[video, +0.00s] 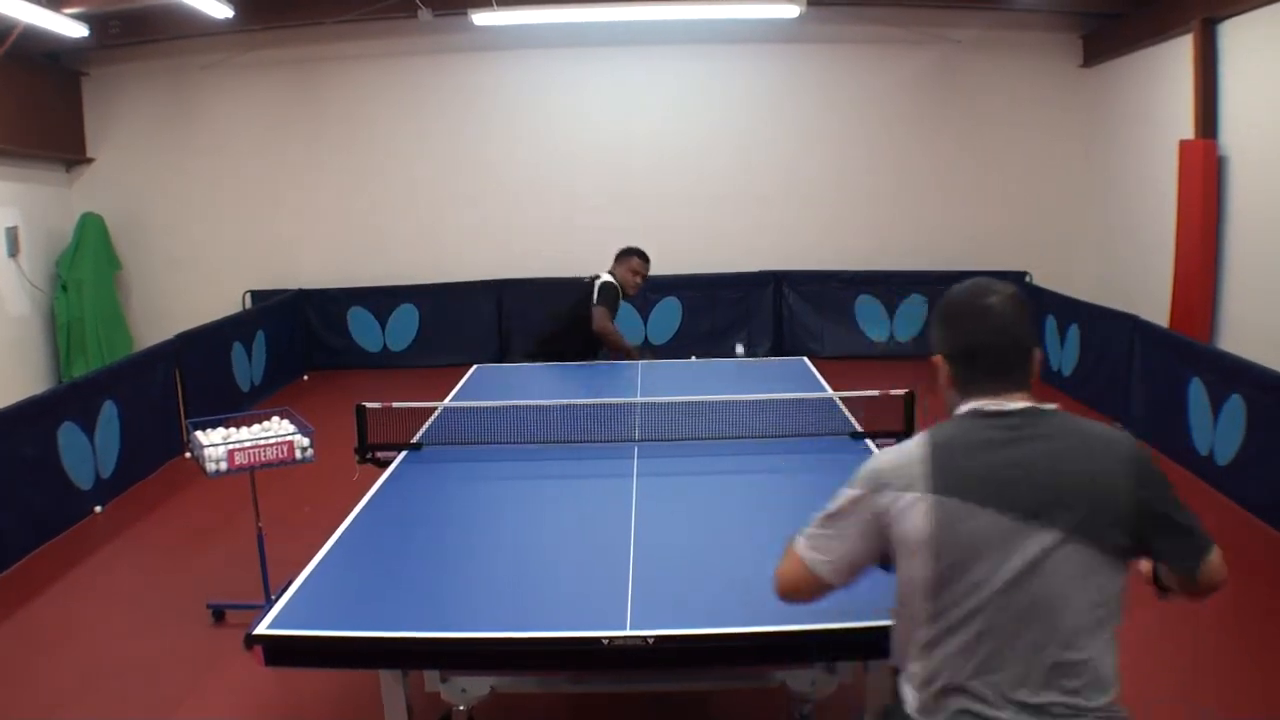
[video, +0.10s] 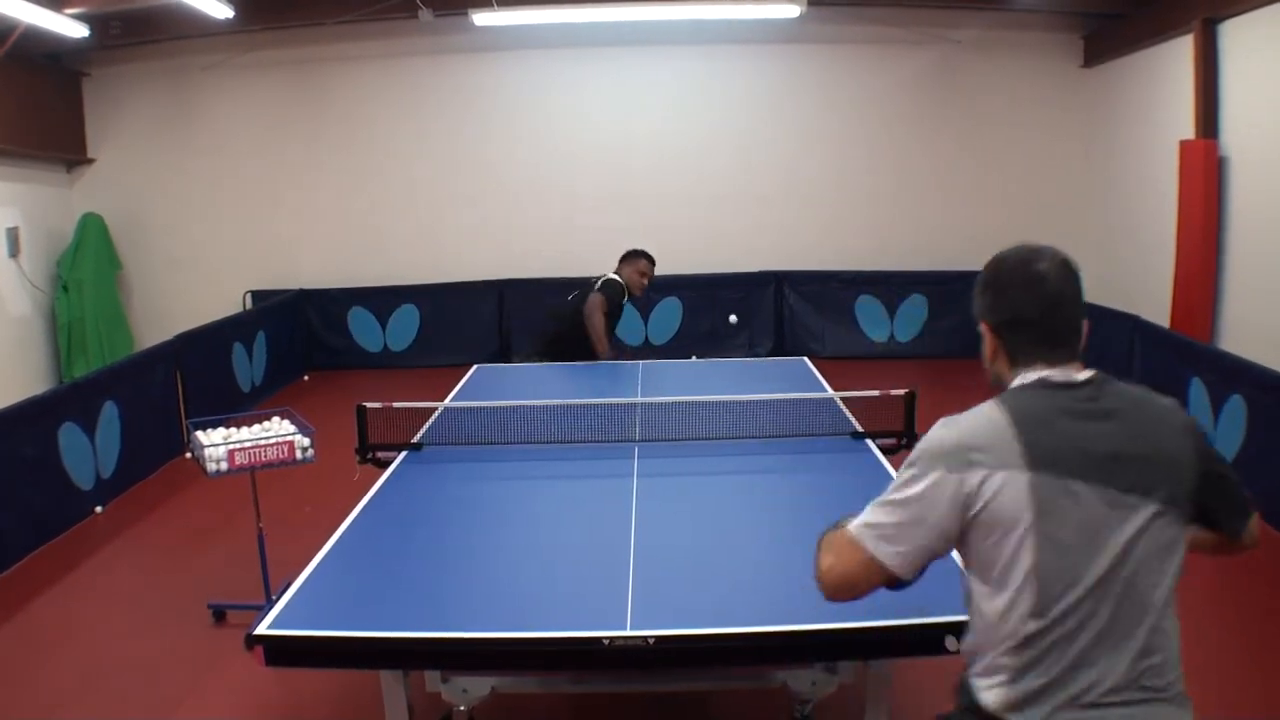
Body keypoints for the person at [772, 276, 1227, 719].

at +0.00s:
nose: (931, 370)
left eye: (933, 359)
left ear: (942, 369)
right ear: (1036, 363)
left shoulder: (901, 469)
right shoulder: (1117, 458)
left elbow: (791, 581)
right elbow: (1208, 574)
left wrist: (878, 535)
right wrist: (1158, 570)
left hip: (948, 705)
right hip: (1081, 705)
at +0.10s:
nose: (980, 344)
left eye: (980, 332)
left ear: (990, 339)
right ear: (1082, 332)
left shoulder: (966, 443)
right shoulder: (1166, 423)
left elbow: (838, 578)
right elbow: (1242, 534)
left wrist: (847, 528)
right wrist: (1145, 527)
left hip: (1016, 706)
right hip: (1154, 704)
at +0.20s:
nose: (998, 314)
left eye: (998, 300)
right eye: (999, 298)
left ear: (1011, 311)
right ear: (1101, 297)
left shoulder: (991, 411)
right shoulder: (1199, 393)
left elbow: (876, 573)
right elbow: (1260, 522)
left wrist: (866, 541)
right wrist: (1164, 524)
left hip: (1059, 701)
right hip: (1203, 692)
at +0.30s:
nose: (1012, 328)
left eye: (1012, 315)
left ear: (1024, 324)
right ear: (1121, 312)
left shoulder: (1005, 428)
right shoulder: (1226, 410)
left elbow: (904, 620)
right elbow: (1266, 565)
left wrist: (877, 598)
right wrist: (1180, 567)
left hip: (1067, 707)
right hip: (1223, 703)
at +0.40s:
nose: (1022, 407)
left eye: (1021, 391)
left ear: (1035, 397)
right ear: (1138, 383)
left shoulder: (1020, 522)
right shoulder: (1245, 484)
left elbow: (919, 698)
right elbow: (1264, 642)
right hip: (1243, 710)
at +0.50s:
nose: (1028, 482)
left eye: (1024, 467)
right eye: (1022, 468)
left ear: (1040, 470)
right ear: (1135, 442)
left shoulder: (1036, 597)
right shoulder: (1255, 508)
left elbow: (950, 714)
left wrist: (933, 694)